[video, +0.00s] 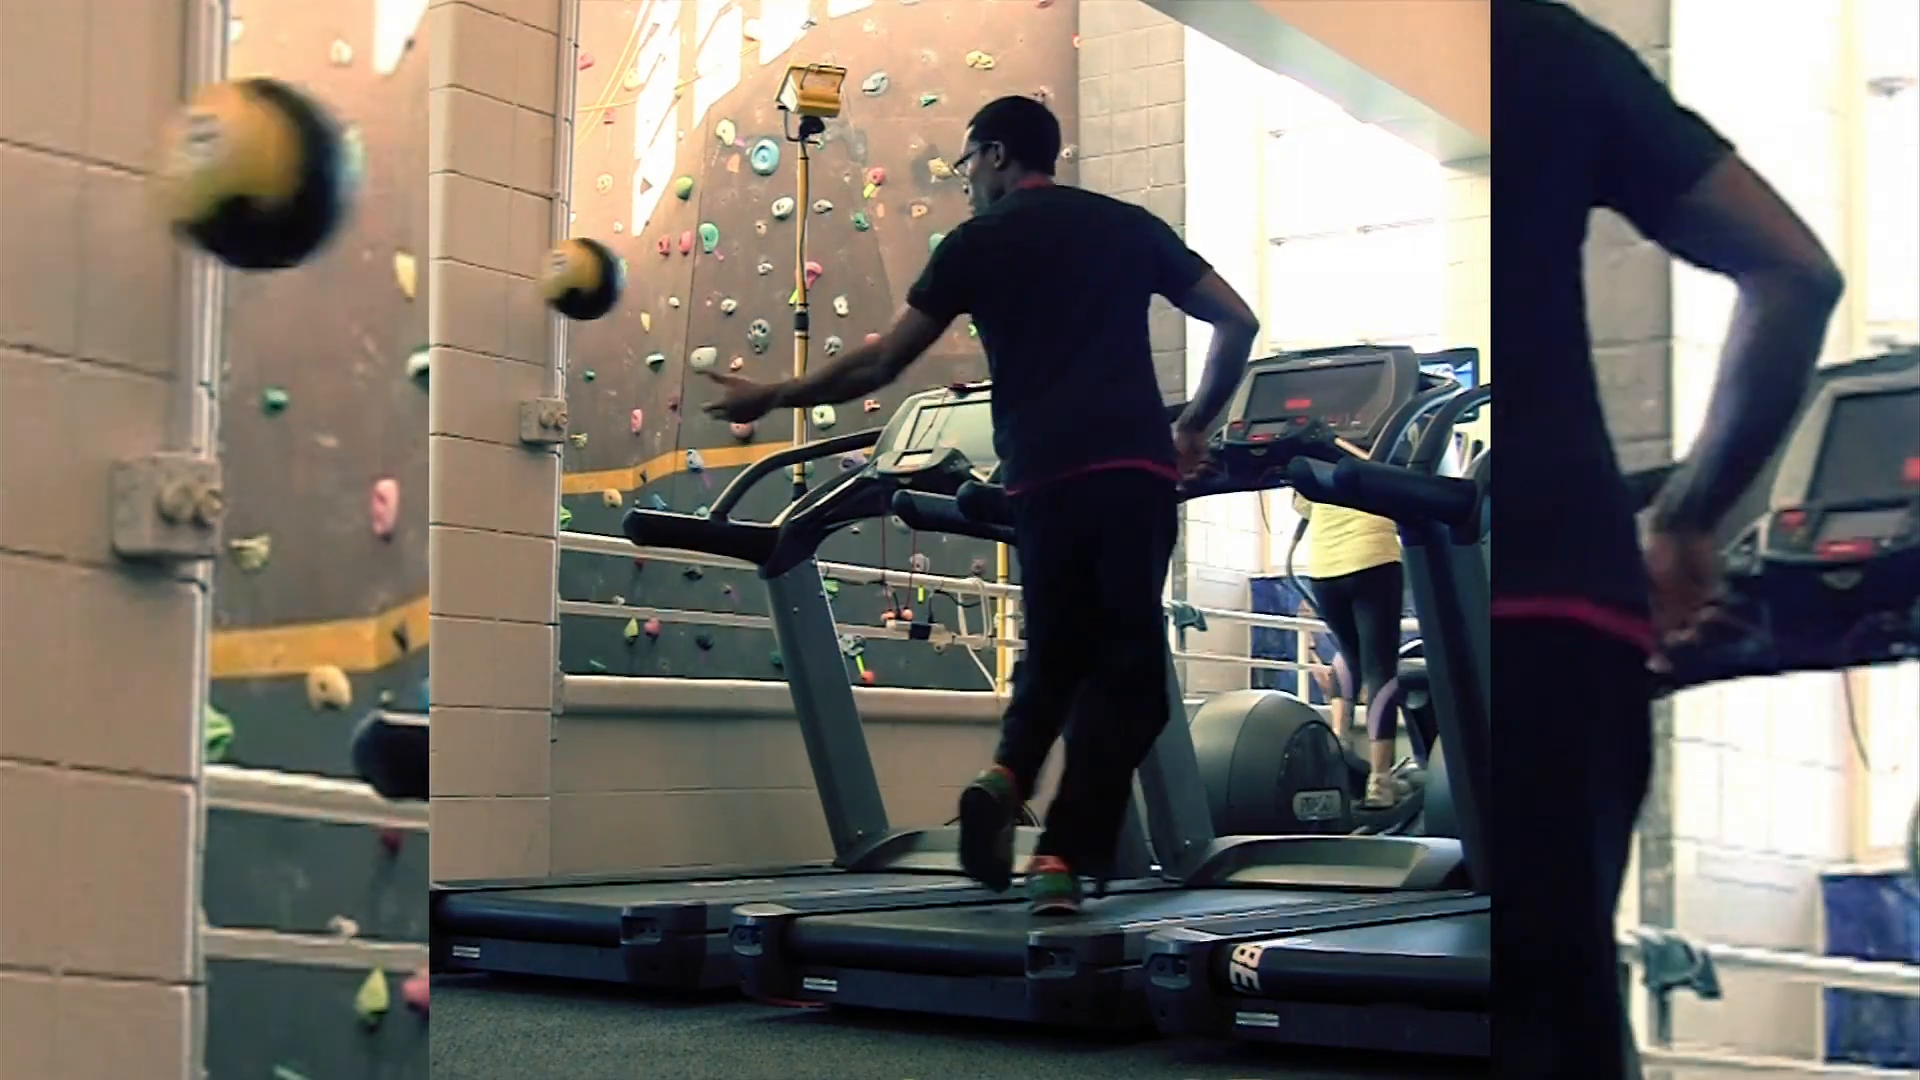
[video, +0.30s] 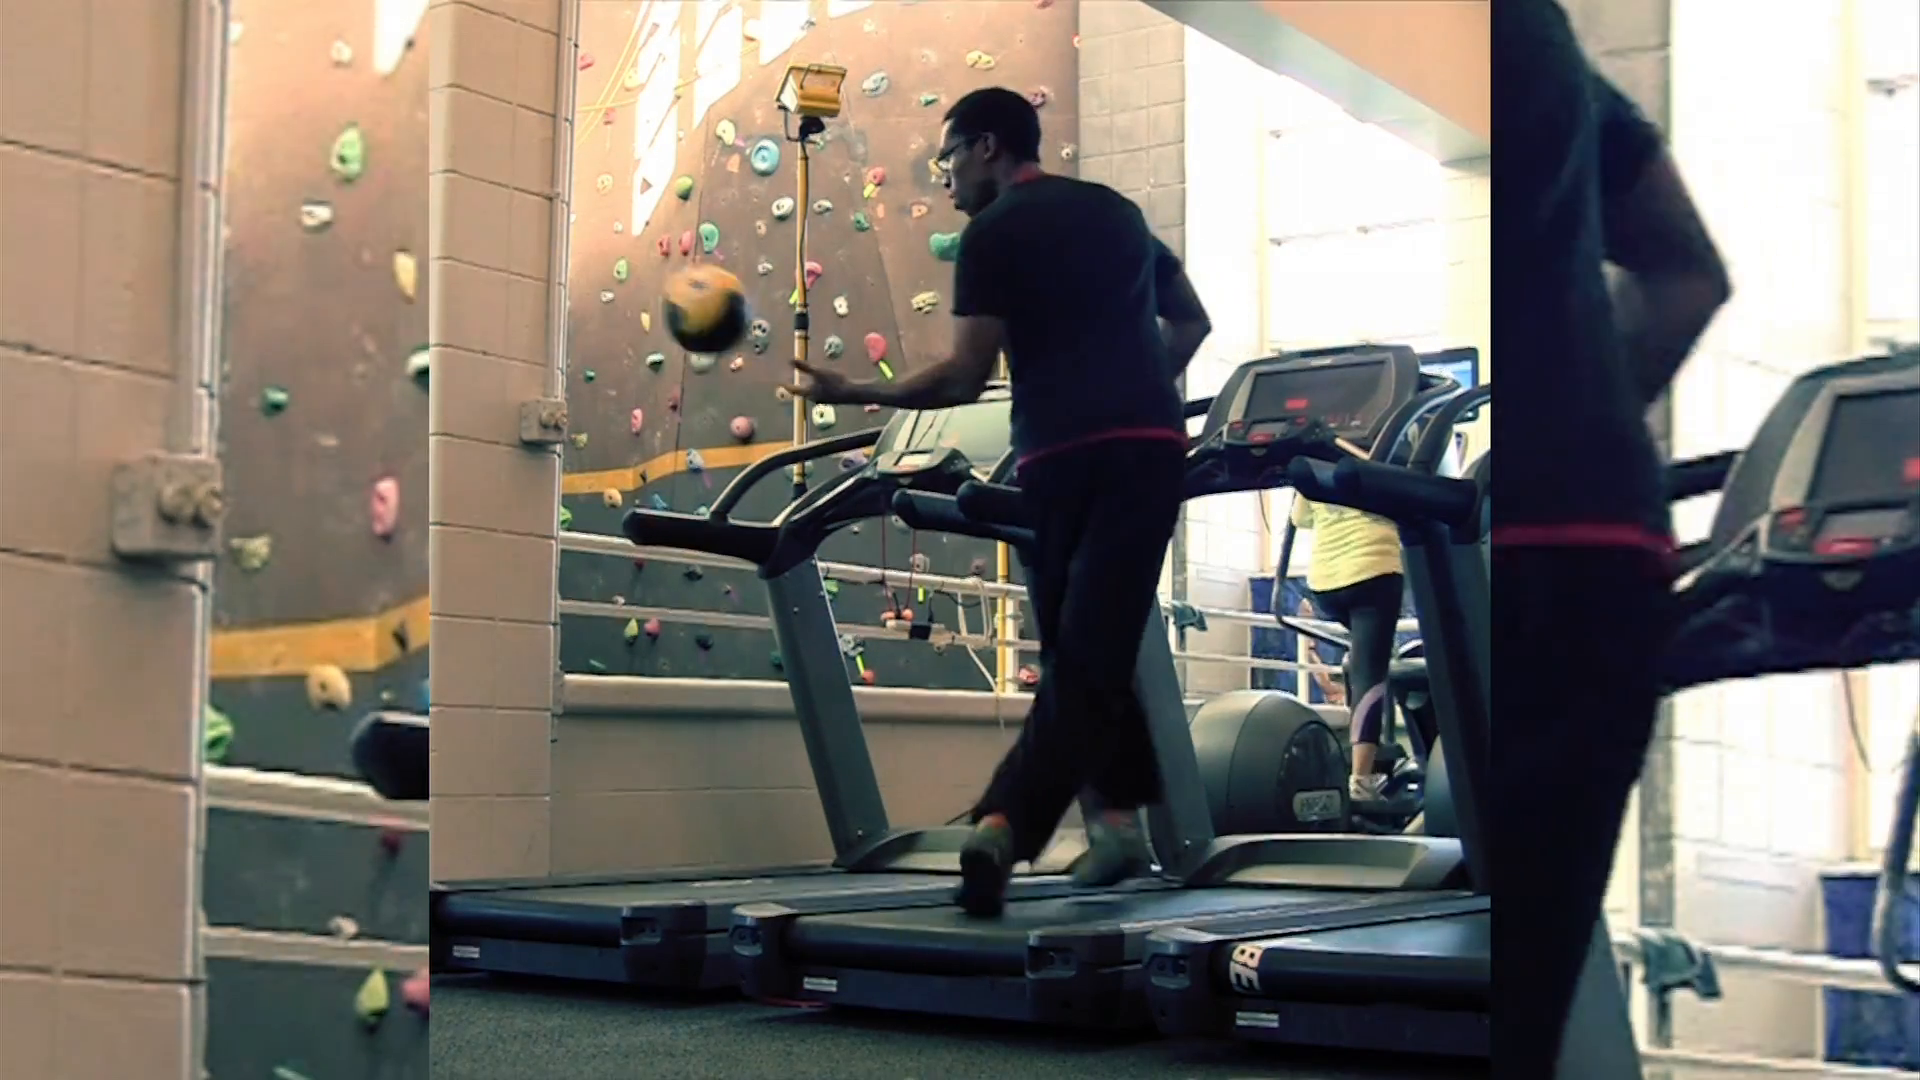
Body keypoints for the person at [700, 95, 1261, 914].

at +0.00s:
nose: (962, 179)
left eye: (967, 163)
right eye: (962, 165)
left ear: (998, 158)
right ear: (1048, 158)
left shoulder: (976, 243)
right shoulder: (1126, 224)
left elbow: (881, 361)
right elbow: (1237, 321)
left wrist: (772, 393)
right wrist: (1199, 422)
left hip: (1047, 479)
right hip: (1139, 472)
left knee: (1054, 651)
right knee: (1134, 673)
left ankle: (1005, 779)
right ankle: (1064, 861)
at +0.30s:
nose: (946, 180)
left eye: (951, 160)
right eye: (943, 163)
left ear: (992, 149)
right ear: (1028, 150)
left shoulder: (993, 232)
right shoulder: (1117, 212)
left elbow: (964, 374)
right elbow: (1189, 321)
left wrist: (857, 390)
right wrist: (1136, 391)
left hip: (1057, 452)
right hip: (1152, 444)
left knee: (1074, 644)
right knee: (1094, 646)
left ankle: (1120, 830)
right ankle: (1003, 828)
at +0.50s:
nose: (949, 183)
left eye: (955, 163)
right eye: (946, 167)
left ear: (999, 153)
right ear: (1026, 155)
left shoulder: (1009, 240)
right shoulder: (1117, 220)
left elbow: (983, 396)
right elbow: (1171, 343)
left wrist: (859, 433)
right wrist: (1101, 405)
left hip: (1065, 477)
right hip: (1160, 463)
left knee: (1075, 671)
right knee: (1139, 653)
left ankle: (1160, 849)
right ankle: (1083, 761)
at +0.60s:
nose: (959, 187)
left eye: (966, 167)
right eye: (955, 172)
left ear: (1012, 158)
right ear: (1032, 162)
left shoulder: (1020, 250)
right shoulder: (1116, 233)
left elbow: (991, 400)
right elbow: (1168, 357)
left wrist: (884, 457)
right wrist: (1092, 422)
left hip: (1072, 493)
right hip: (1156, 485)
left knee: (1057, 678)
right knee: (1140, 662)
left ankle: (1121, 860)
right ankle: (1159, 759)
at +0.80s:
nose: (970, 172)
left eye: (979, 154)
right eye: (966, 158)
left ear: (1033, 143)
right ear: (1034, 150)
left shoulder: (1054, 215)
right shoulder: (1097, 217)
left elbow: (1061, 347)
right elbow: (1166, 353)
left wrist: (958, 419)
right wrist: (1118, 437)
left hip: (1074, 472)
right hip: (1132, 470)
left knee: (1031, 666)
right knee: (1108, 666)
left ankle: (1075, 865)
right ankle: (1265, 757)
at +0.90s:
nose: (973, 155)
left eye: (984, 136)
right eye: (967, 141)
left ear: (1033, 126)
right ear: (1030, 139)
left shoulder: (1063, 186)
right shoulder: (1074, 200)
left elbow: (1119, 289)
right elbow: (1155, 336)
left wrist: (1025, 366)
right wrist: (1144, 431)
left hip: (1092, 441)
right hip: (1122, 443)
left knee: (1025, 637)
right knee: (1101, 654)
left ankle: (1051, 853)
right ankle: (1263, 766)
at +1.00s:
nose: (982, 143)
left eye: (993, 124)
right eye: (974, 131)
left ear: (1040, 112)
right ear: (983, 131)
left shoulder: (1082, 169)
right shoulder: (1039, 203)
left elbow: (1172, 240)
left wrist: (1108, 321)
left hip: (1108, 428)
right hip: (1087, 431)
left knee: (1039, 620)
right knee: (1100, 637)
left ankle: (1042, 827)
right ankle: (1233, 796)